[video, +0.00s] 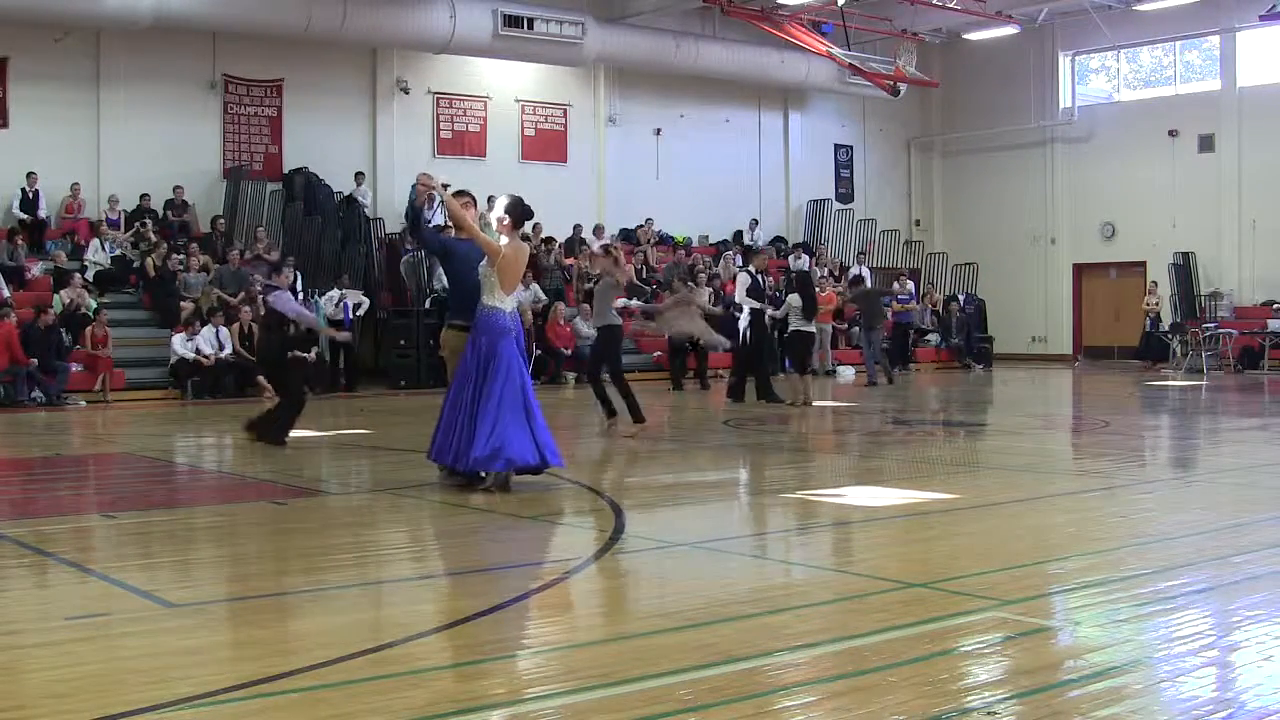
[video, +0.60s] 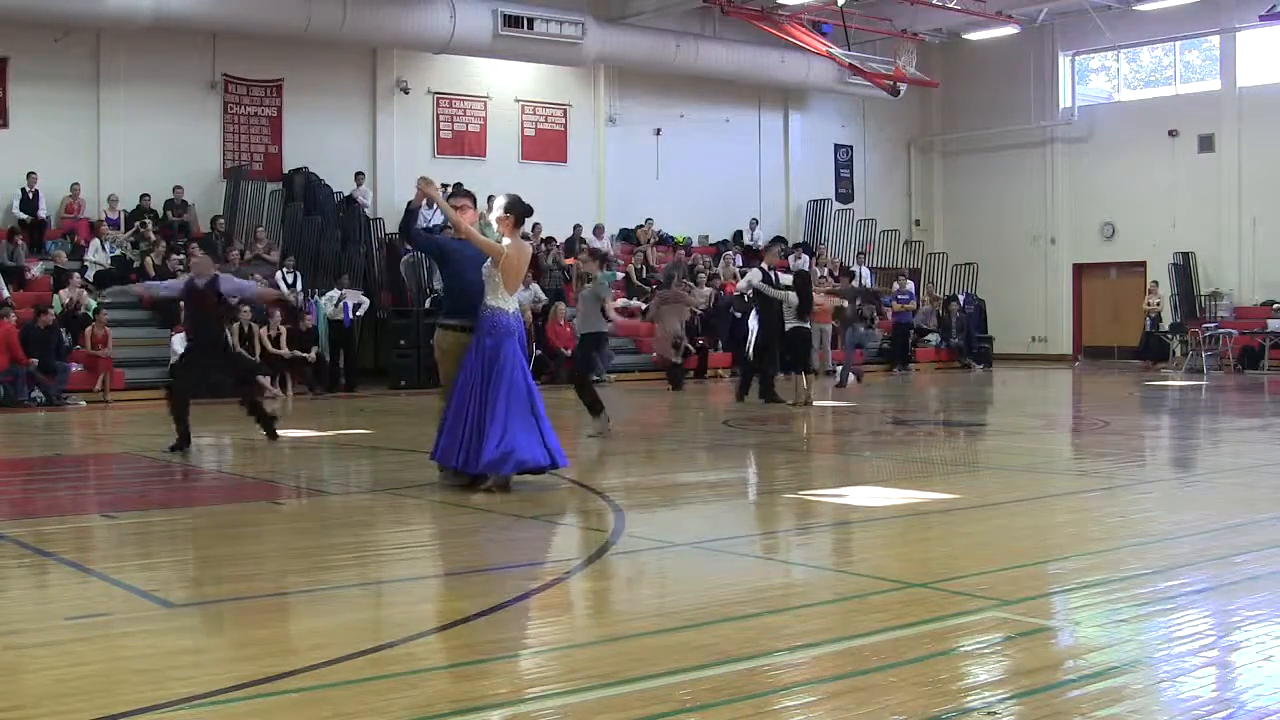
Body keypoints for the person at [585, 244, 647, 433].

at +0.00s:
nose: (595, 261)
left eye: (599, 257)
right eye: (595, 257)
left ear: (610, 259)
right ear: (602, 260)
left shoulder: (613, 279)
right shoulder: (602, 280)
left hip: (611, 328)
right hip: (603, 328)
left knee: (616, 373)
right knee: (592, 373)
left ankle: (638, 418)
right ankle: (611, 414)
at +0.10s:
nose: (598, 262)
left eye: (602, 259)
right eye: (599, 259)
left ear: (613, 261)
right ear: (605, 262)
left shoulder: (615, 281)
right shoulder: (604, 281)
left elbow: (640, 291)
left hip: (613, 329)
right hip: (605, 329)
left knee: (614, 376)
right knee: (592, 374)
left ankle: (638, 419)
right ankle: (611, 415)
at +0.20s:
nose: (598, 263)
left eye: (601, 260)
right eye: (598, 260)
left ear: (613, 261)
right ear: (608, 262)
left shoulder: (616, 280)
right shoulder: (607, 280)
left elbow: (631, 295)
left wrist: (631, 277)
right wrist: (652, 304)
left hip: (612, 330)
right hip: (607, 330)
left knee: (615, 378)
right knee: (589, 376)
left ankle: (639, 420)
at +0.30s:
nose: (598, 263)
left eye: (601, 260)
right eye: (598, 260)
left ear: (611, 261)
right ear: (609, 262)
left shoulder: (616, 281)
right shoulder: (606, 281)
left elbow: (627, 296)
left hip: (611, 332)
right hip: (603, 331)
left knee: (614, 379)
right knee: (586, 378)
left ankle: (638, 419)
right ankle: (602, 420)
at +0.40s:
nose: (593, 264)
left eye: (596, 261)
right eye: (593, 261)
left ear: (607, 262)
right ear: (604, 263)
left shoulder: (612, 283)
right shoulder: (602, 283)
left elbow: (627, 304)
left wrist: (633, 281)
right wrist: (579, 272)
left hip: (605, 333)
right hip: (597, 333)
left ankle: (636, 418)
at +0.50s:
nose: (591, 265)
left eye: (594, 262)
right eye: (591, 262)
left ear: (604, 263)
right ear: (600, 263)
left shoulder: (607, 282)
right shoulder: (599, 283)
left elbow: (617, 304)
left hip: (598, 333)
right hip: (592, 333)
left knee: (588, 378)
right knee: (585, 378)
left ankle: (621, 414)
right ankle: (603, 421)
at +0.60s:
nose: (583, 265)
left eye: (587, 261)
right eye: (583, 261)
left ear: (598, 263)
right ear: (592, 264)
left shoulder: (601, 284)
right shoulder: (589, 284)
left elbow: (608, 304)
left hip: (595, 332)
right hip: (586, 331)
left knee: (579, 376)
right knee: (578, 376)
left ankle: (600, 415)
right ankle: (599, 416)